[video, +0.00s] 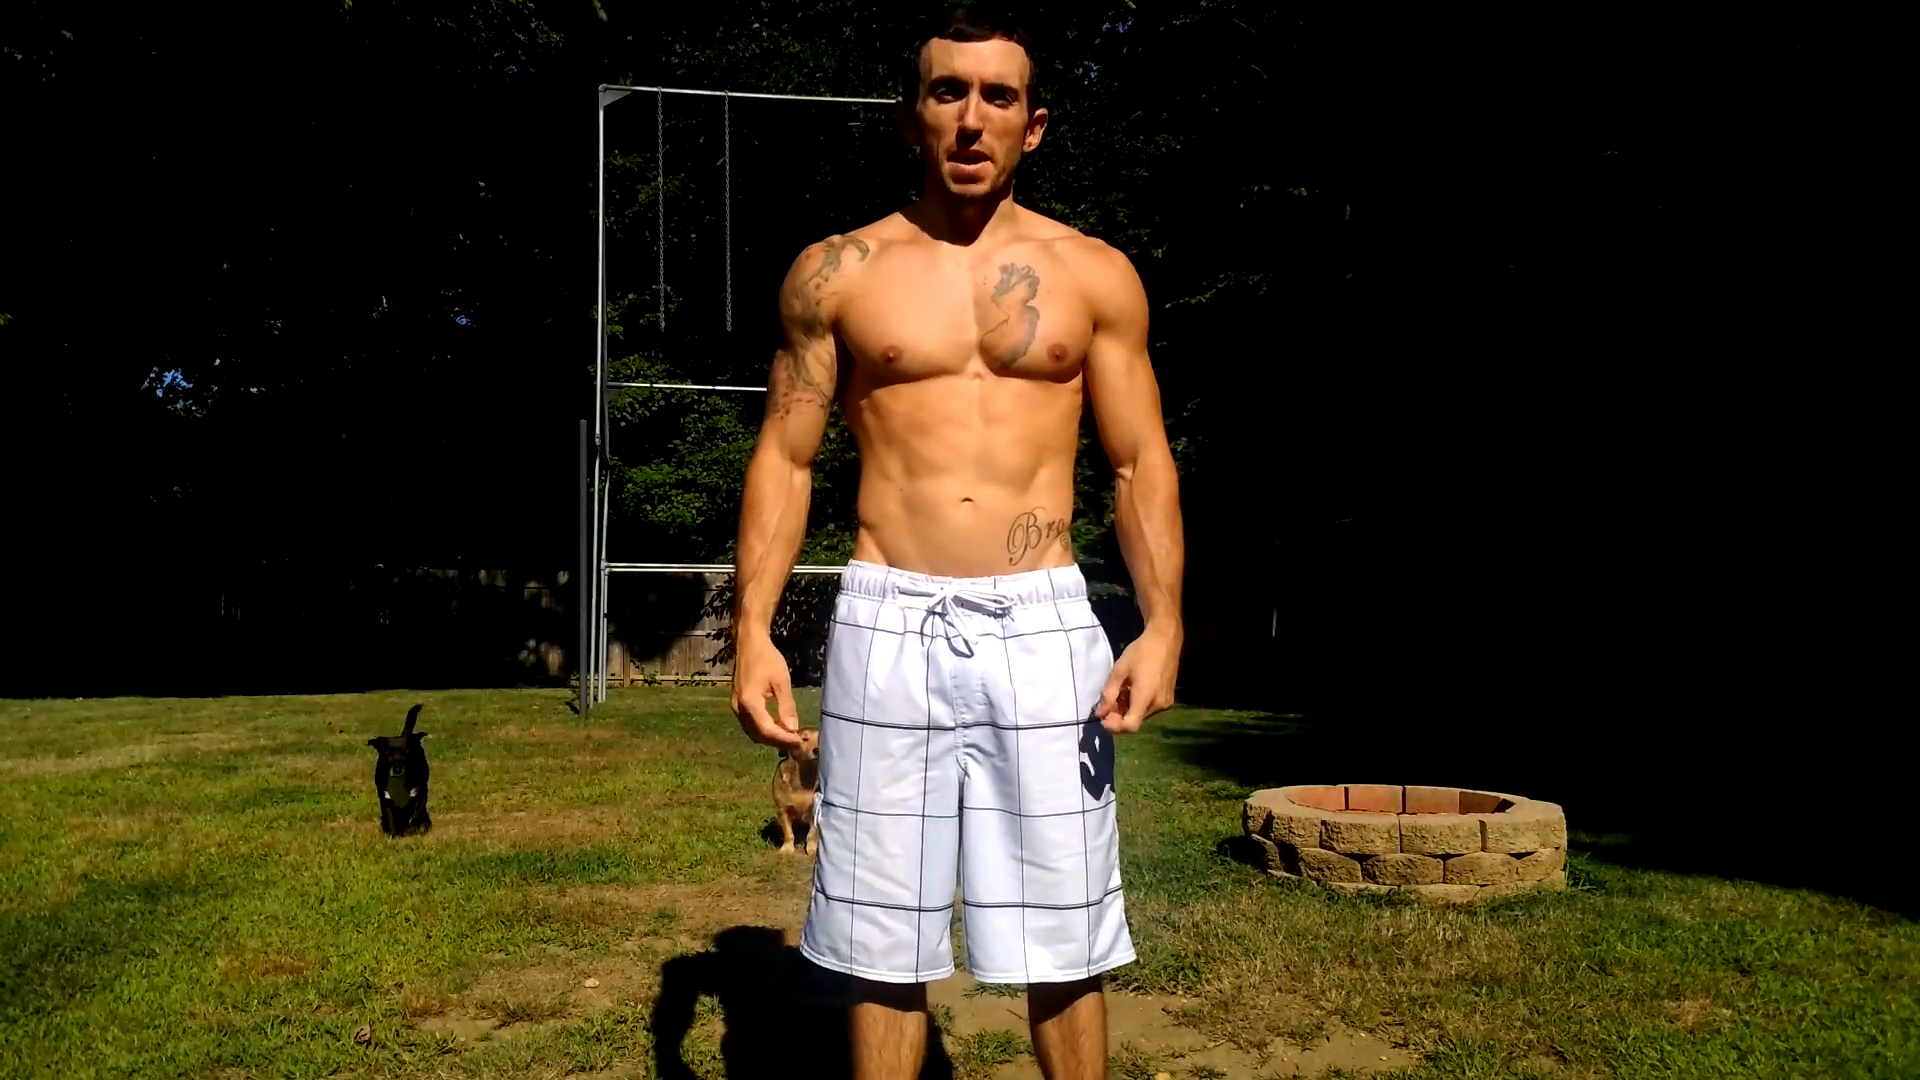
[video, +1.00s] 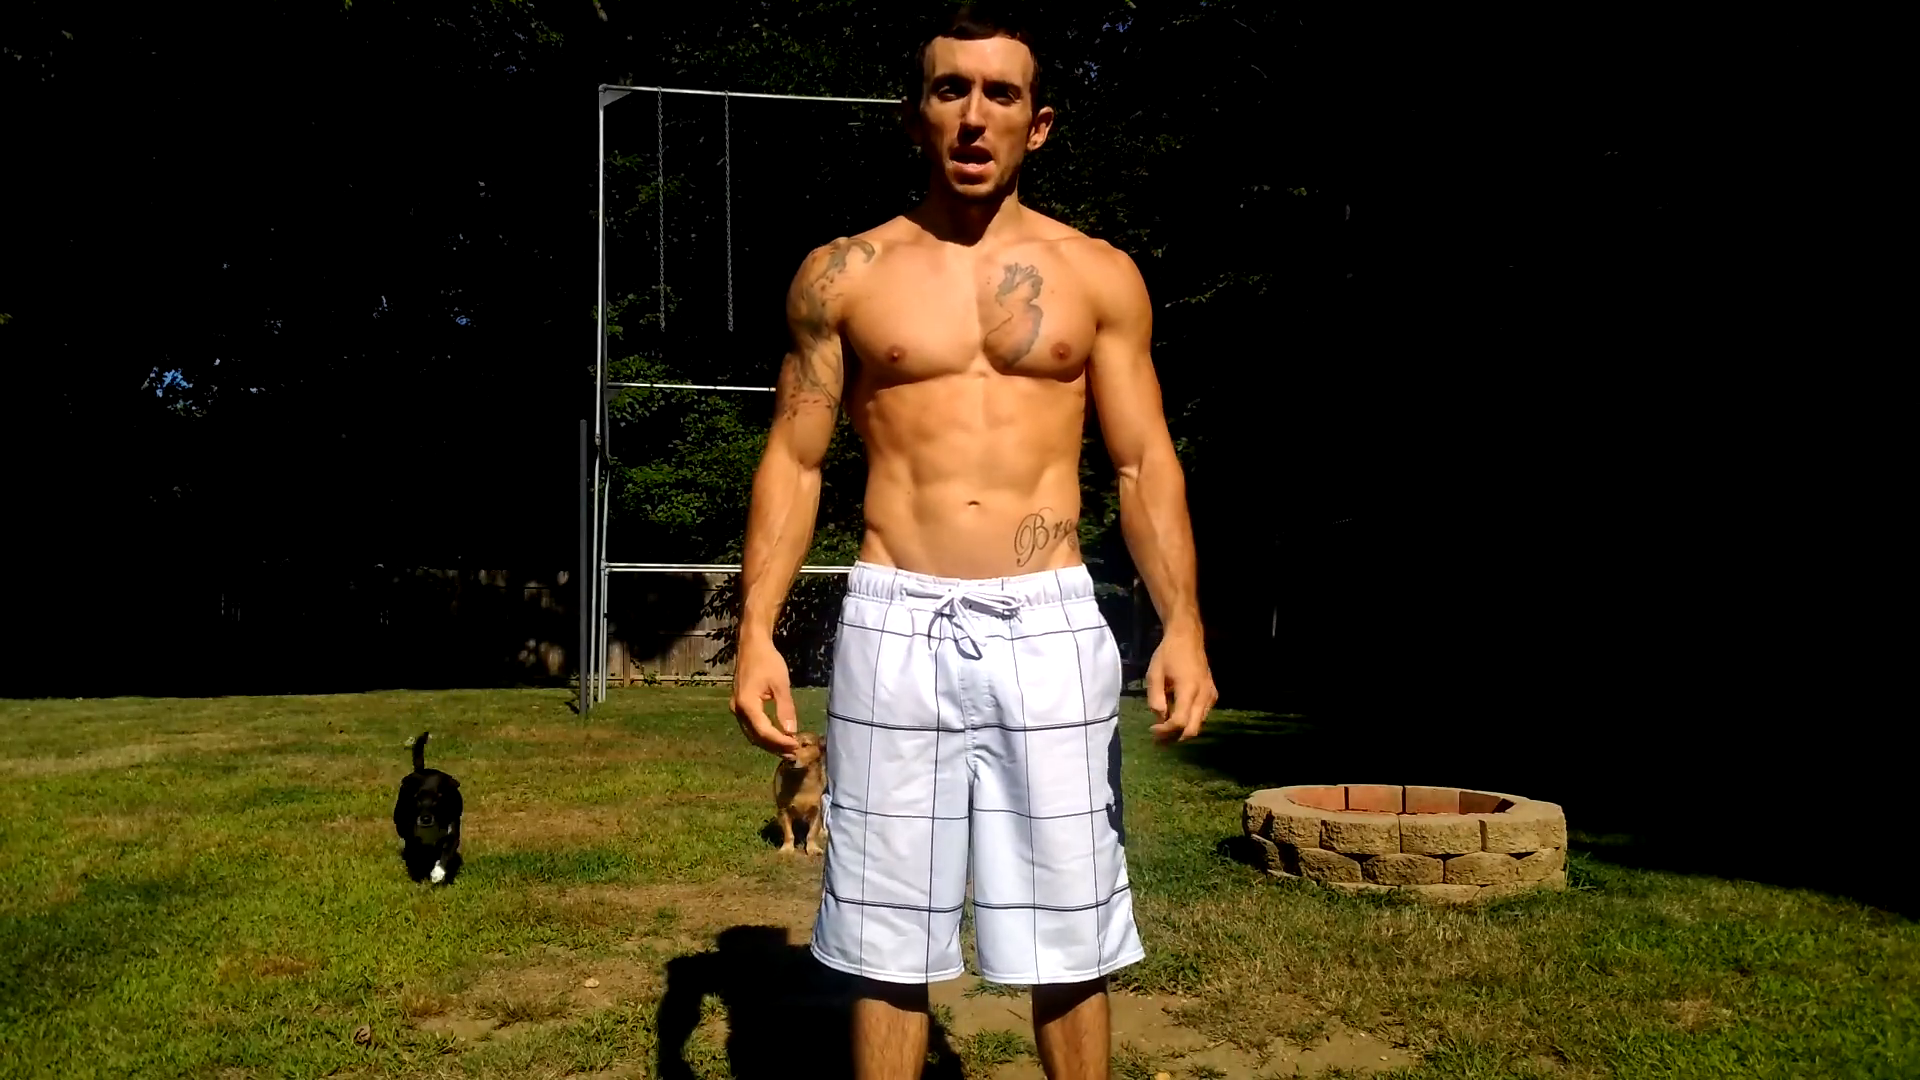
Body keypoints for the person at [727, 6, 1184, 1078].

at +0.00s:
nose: (971, 118)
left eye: (999, 98)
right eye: (948, 93)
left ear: (1030, 123)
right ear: (912, 113)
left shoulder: (1095, 274)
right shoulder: (832, 274)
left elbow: (1141, 461)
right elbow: (785, 456)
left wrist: (1164, 626)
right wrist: (752, 631)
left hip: (1042, 623)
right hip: (884, 620)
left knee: (1064, 953)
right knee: (880, 951)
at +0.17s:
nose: (973, 120)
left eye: (1000, 99)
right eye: (950, 95)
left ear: (1034, 122)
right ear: (915, 115)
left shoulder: (1098, 276)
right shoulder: (836, 273)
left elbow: (1142, 463)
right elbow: (789, 454)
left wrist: (1171, 628)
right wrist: (759, 632)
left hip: (1047, 625)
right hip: (888, 622)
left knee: (1068, 953)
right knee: (884, 950)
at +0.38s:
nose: (969, 122)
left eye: (996, 101)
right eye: (946, 98)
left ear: (1032, 124)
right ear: (914, 117)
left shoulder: (1099, 276)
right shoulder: (837, 278)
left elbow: (1142, 467)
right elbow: (791, 459)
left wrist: (1169, 634)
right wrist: (759, 634)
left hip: (1051, 622)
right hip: (892, 620)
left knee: (1068, 951)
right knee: (886, 949)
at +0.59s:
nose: (968, 119)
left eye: (995, 99)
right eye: (945, 96)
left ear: (1031, 122)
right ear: (913, 117)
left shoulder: (1099, 276)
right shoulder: (839, 278)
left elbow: (1138, 469)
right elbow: (797, 464)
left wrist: (1164, 643)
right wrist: (762, 643)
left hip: (1052, 622)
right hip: (893, 622)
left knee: (1071, 951)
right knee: (887, 951)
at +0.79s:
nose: (970, 111)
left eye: (998, 92)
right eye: (949, 87)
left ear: (1034, 123)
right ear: (917, 112)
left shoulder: (1098, 274)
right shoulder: (838, 275)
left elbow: (1139, 462)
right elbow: (796, 459)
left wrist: (1177, 624)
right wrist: (758, 635)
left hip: (1049, 626)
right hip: (891, 626)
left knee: (1073, 958)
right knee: (883, 952)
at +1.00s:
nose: (973, 115)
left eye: (1001, 94)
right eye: (950, 90)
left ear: (1035, 124)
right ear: (918, 113)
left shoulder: (1099, 275)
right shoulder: (841, 274)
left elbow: (1144, 460)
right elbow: (794, 456)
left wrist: (1182, 623)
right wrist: (755, 633)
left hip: (1050, 623)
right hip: (893, 623)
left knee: (1070, 946)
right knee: (884, 945)